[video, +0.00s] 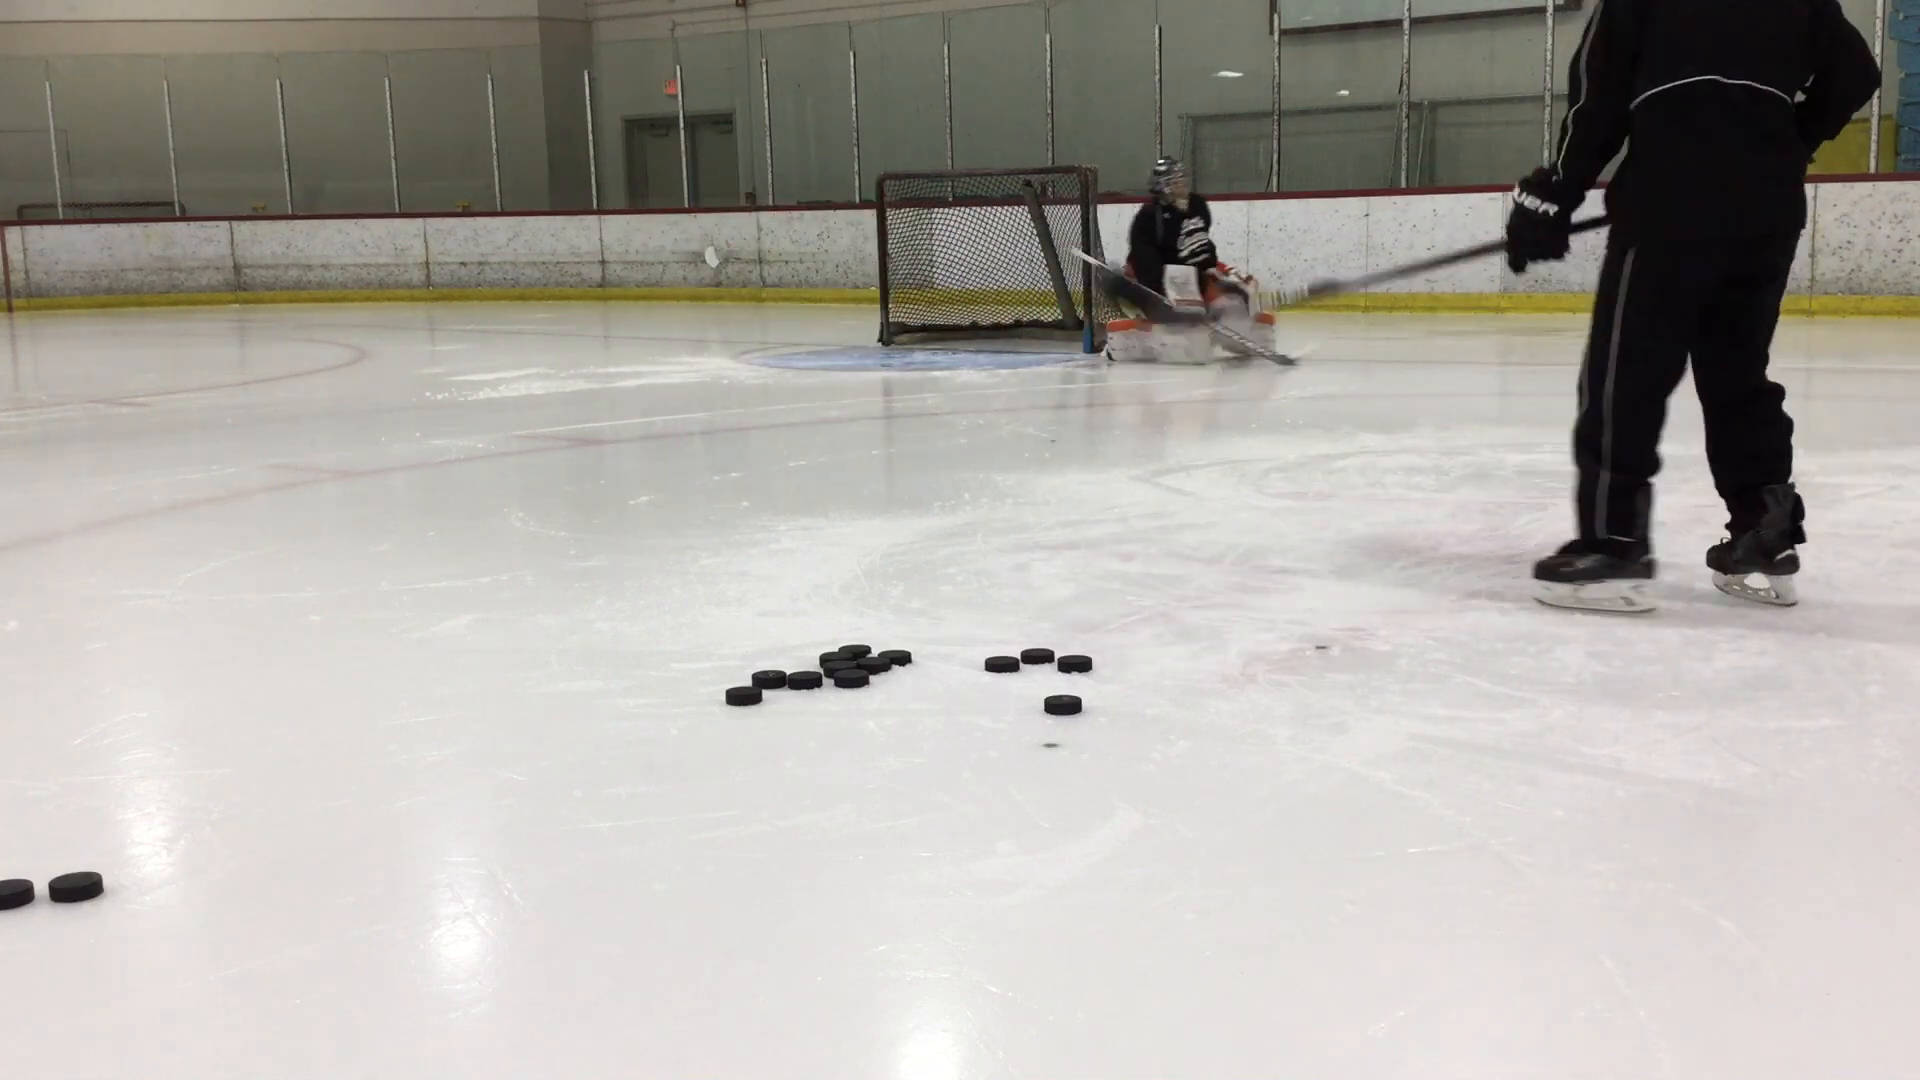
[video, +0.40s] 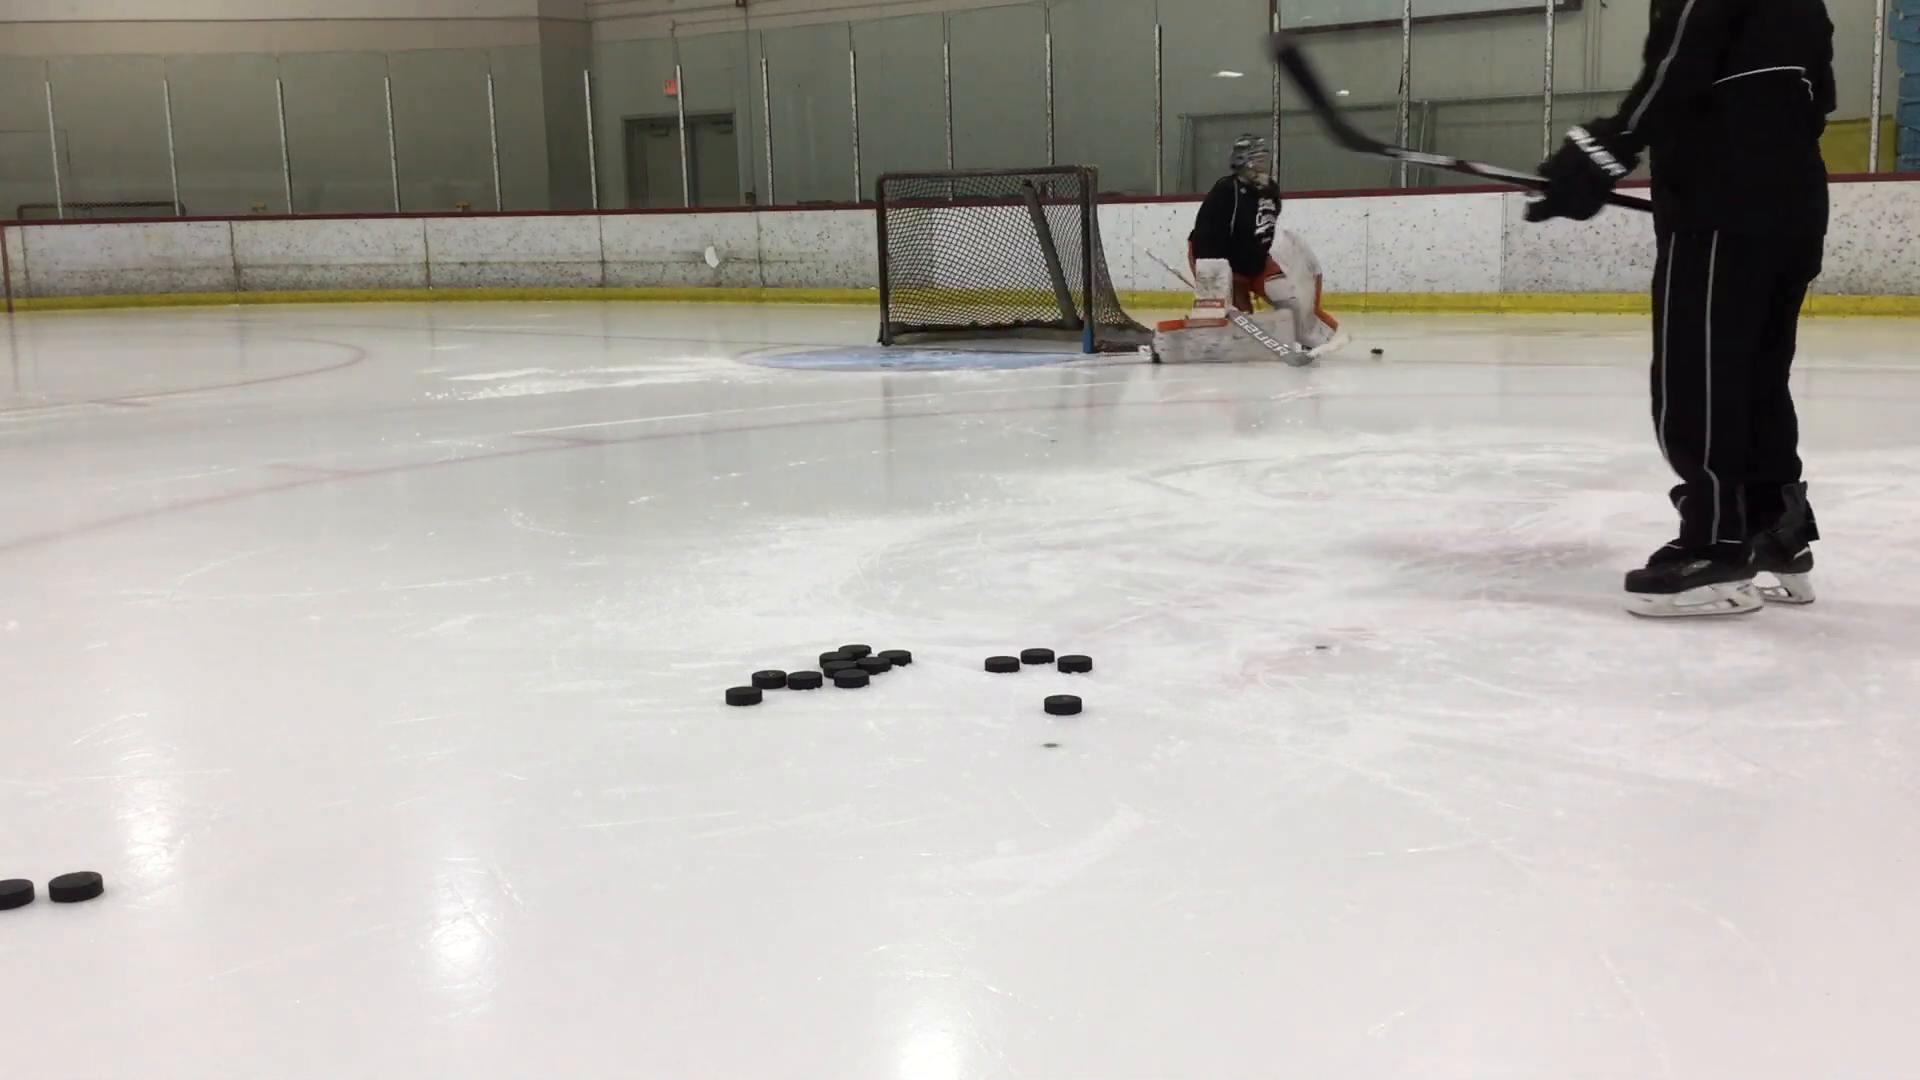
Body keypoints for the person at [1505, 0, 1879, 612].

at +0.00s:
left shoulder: (1632, 6)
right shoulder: (1801, 4)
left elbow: (1604, 89)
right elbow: (1855, 71)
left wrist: (1552, 191)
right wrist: (1787, 143)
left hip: (1667, 193)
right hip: (1768, 197)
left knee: (1623, 371)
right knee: (1737, 373)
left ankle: (1613, 541)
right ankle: (1767, 530)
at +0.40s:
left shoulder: (1694, 0)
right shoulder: (1800, 2)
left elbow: (1673, 69)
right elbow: (1817, 94)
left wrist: (1598, 154)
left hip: (1714, 195)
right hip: (1789, 194)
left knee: (1694, 374)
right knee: (1759, 371)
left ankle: (1714, 549)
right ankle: (1778, 537)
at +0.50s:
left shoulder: (1713, 2)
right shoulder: (1796, 8)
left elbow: (1702, 70)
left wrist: (1637, 156)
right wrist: (1647, 175)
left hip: (1721, 199)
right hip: (1785, 194)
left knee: (1702, 377)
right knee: (1759, 374)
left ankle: (1722, 548)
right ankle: (1777, 533)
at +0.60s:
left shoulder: (1718, 2)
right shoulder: (1774, 11)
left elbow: (1713, 70)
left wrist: (1654, 172)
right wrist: (1654, 189)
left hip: (1730, 201)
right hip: (1782, 197)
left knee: (1709, 377)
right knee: (1755, 375)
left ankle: (1728, 554)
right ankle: (1778, 538)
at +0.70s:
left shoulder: (1717, 3)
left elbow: (1718, 78)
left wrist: (1665, 188)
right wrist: (1655, 192)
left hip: (1735, 208)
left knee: (1714, 379)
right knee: (1750, 376)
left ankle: (1738, 556)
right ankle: (1778, 542)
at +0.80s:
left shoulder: (1708, 3)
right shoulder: (1762, 11)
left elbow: (1706, 85)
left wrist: (1656, 198)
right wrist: (1662, 207)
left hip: (1732, 215)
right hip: (1772, 212)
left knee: (1713, 388)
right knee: (1752, 381)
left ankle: (1741, 561)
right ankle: (1783, 545)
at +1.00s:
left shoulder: (1690, 6)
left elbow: (1666, 126)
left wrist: (1591, 223)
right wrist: (1598, 216)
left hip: (1724, 228)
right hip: (1770, 220)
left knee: (1693, 400)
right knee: (1749, 387)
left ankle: (1719, 568)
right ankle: (1780, 539)